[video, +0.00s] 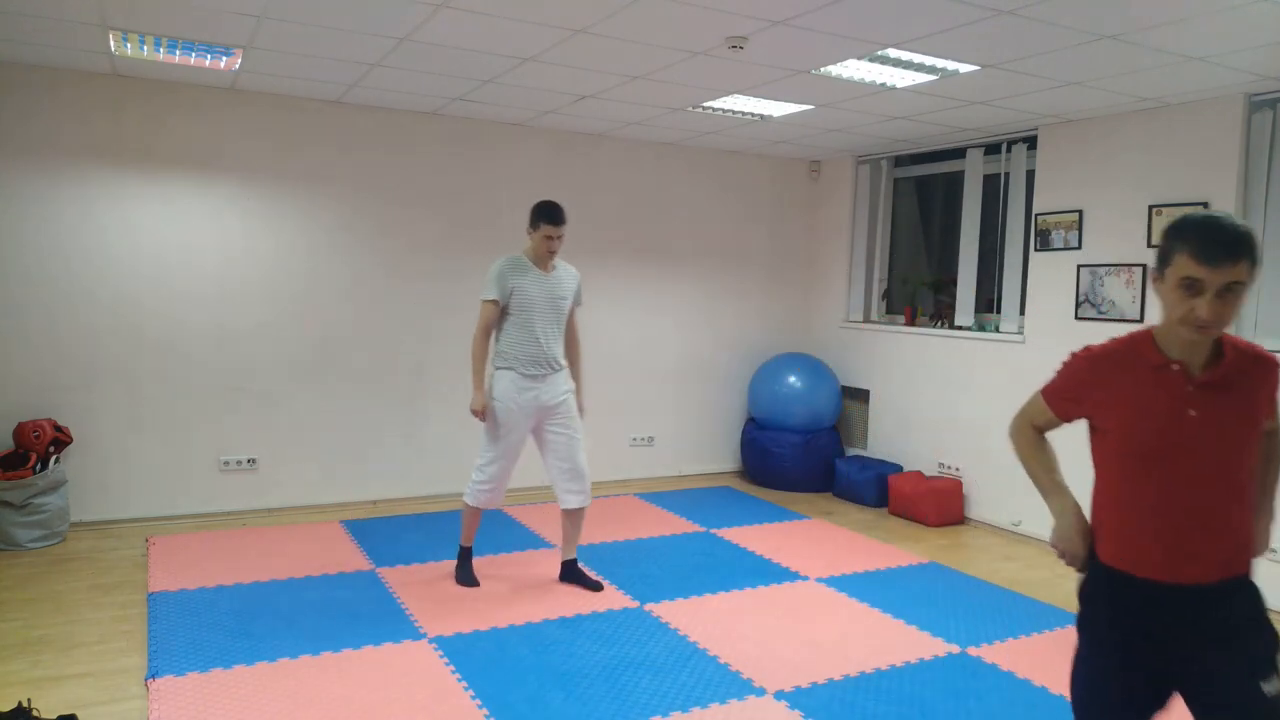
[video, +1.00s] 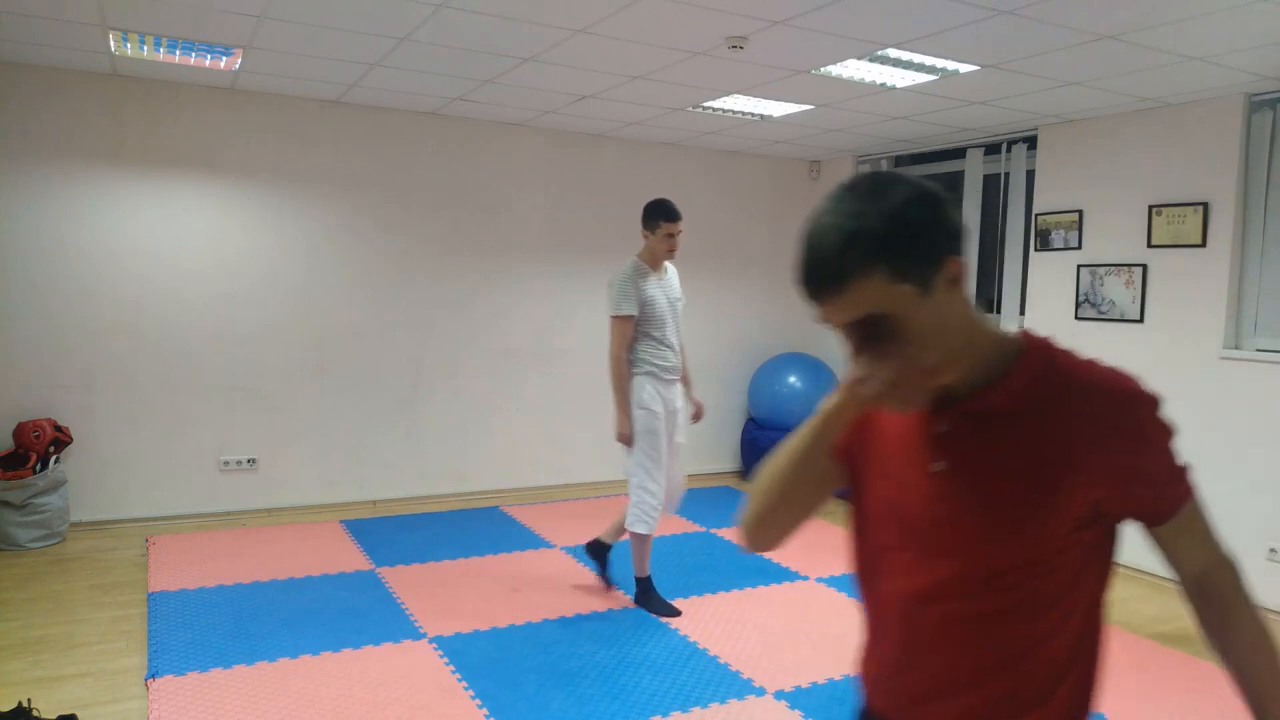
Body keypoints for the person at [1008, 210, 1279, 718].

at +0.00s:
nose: (1208, 310)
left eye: (1229, 292)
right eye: (1191, 287)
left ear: (1246, 292)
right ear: (1159, 281)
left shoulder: (1263, 375)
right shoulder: (1101, 369)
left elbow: (1270, 434)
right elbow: (1025, 427)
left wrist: (1260, 516)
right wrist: (1066, 514)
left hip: (1227, 611)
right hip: (1123, 609)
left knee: (1253, 710)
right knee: (1103, 710)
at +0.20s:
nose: (1247, 305)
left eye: (1269, 286)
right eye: (1229, 282)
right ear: (1196, 280)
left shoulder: (1277, 382)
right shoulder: (1138, 378)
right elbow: (1057, 446)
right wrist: (1082, 535)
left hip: (1261, 645)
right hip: (1152, 637)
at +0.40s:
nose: (1220, 316)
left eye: (1247, 294)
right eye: (1202, 293)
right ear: (1180, 286)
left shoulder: (1275, 394)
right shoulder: (1136, 385)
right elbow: (1071, 466)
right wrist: (1078, 536)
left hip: (1258, 676)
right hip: (1141, 663)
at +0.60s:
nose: (1114, 340)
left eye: (1137, 314)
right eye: (1095, 316)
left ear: (1196, 293)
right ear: (1082, 304)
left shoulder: (1267, 405)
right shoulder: (1069, 404)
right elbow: (1013, 510)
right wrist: (1032, 527)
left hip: (1219, 701)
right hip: (1078, 690)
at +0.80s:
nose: (976, 351)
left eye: (991, 324)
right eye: (960, 330)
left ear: (1061, 286)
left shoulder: (1197, 397)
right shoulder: (966, 396)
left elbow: (1276, 540)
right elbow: (892, 541)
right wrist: (962, 430)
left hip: (1133, 708)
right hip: (994, 696)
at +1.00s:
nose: (862, 366)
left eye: (878, 331)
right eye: (843, 339)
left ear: (953, 281)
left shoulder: (1102, 412)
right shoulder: (869, 412)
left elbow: (1211, 582)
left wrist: (1267, 709)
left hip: (1034, 712)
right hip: (889, 708)